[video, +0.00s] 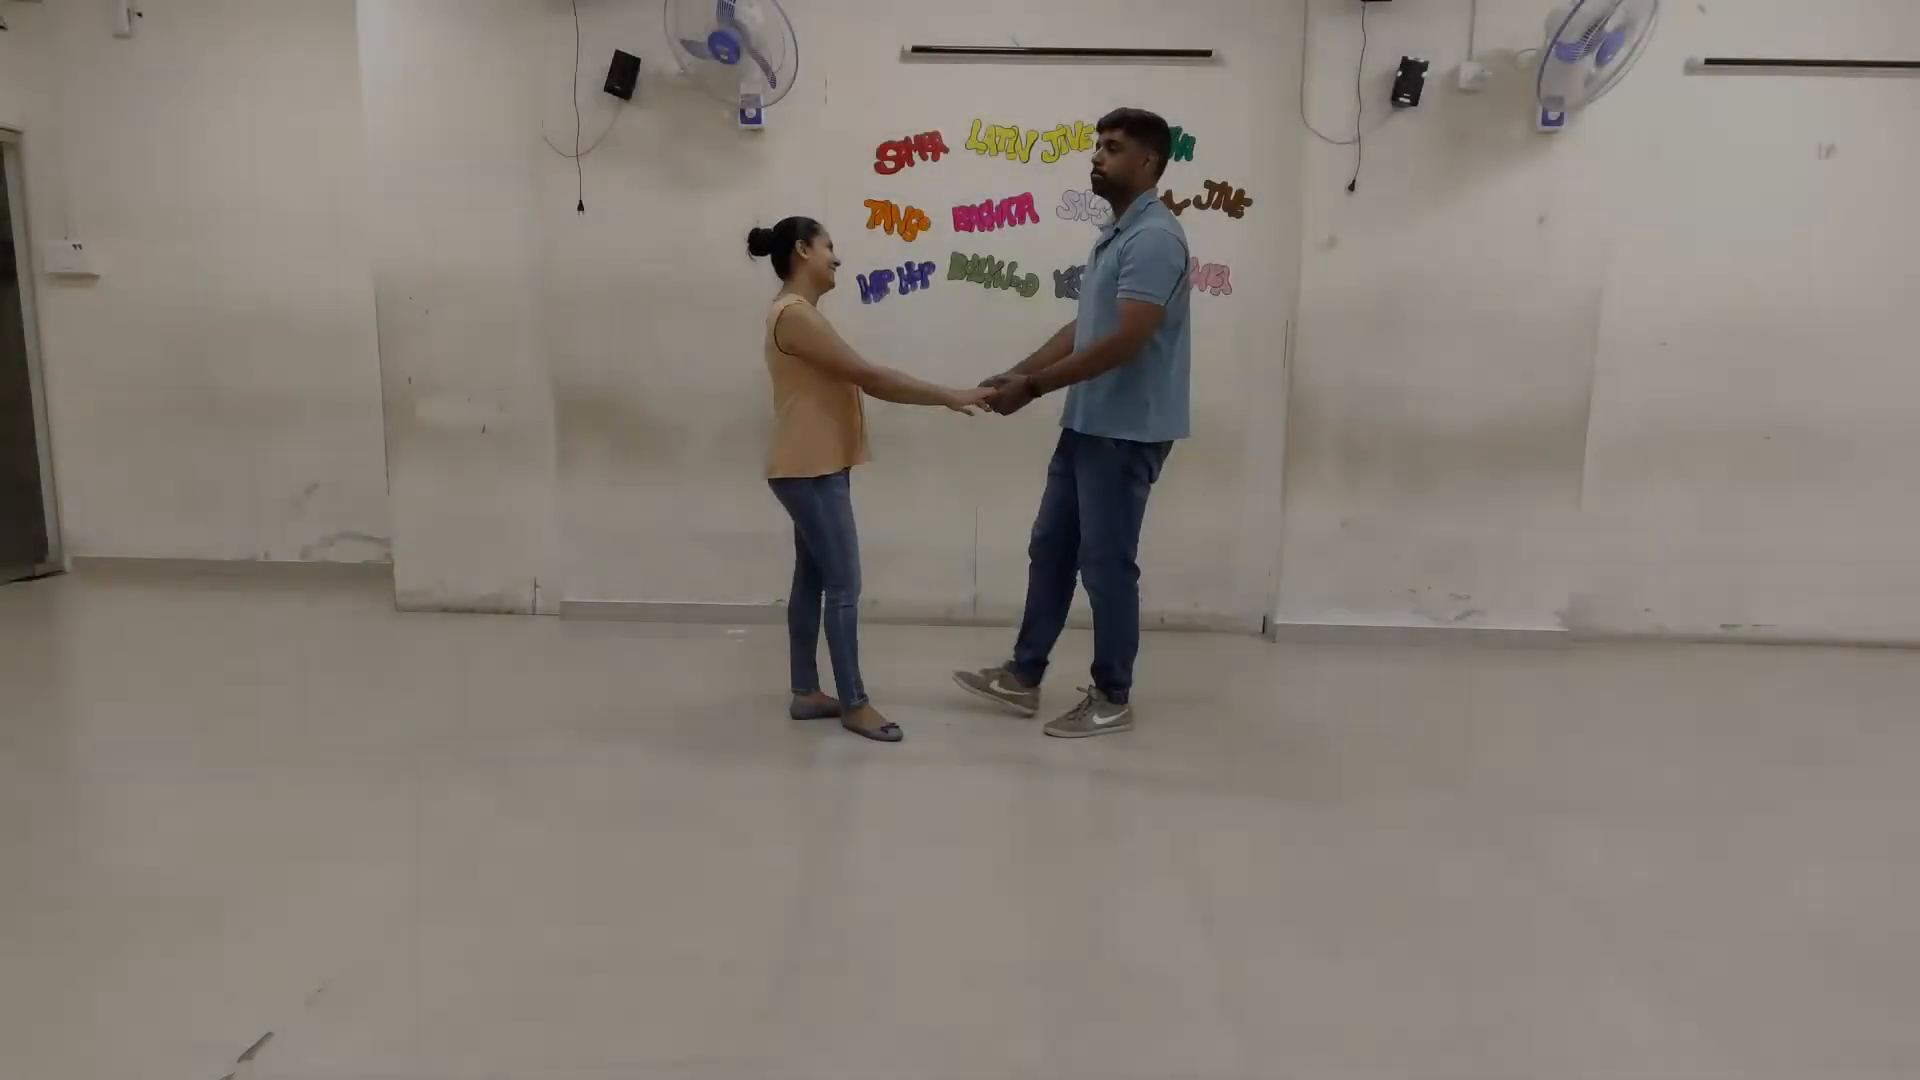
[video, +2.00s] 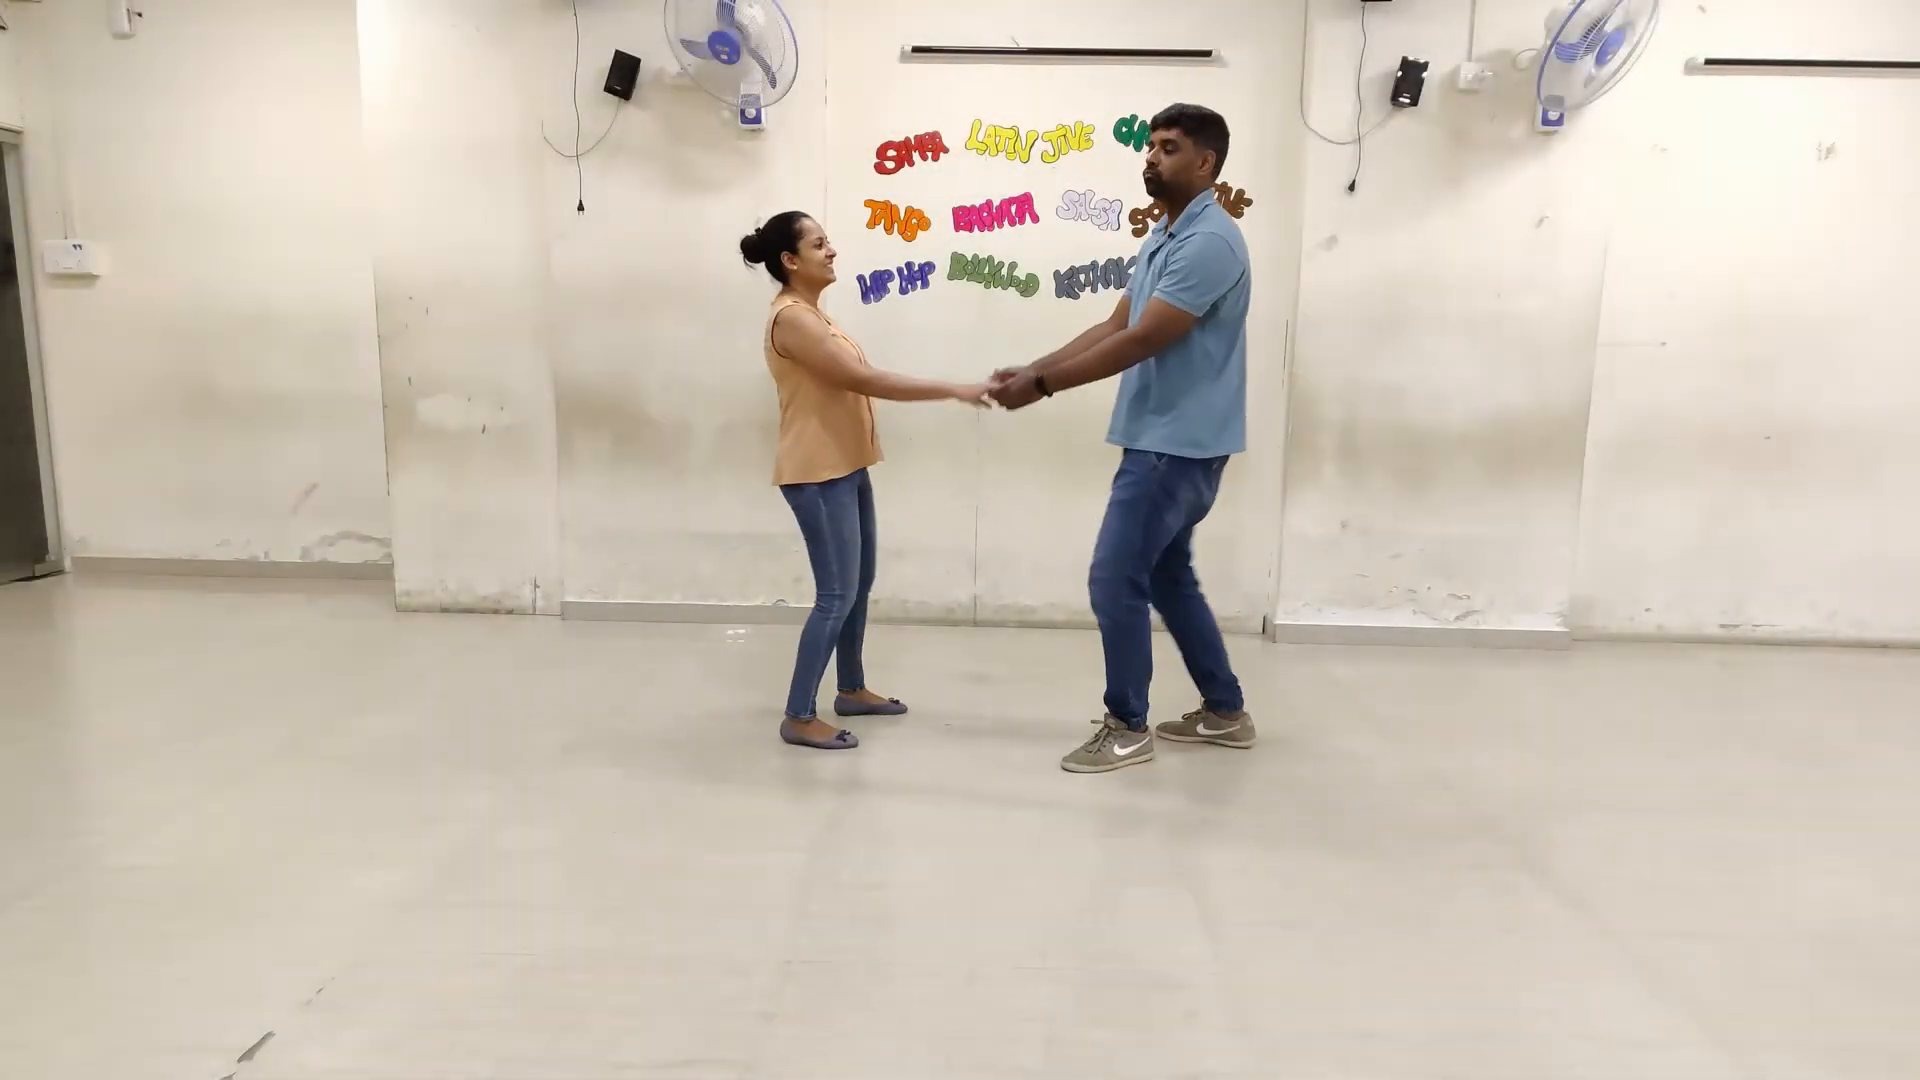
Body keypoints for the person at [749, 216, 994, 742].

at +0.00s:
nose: (836, 257)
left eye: (833, 248)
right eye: (829, 247)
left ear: (802, 255)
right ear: (802, 252)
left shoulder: (798, 314)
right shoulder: (794, 317)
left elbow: (871, 380)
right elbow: (871, 377)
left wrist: (947, 397)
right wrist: (949, 395)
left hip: (814, 468)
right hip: (811, 471)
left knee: (808, 583)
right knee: (843, 586)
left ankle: (806, 693)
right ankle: (854, 704)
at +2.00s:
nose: (831, 251)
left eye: (827, 242)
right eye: (818, 246)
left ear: (805, 258)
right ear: (790, 261)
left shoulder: (813, 312)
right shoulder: (792, 319)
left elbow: (857, 382)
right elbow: (864, 379)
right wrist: (956, 390)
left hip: (847, 470)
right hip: (817, 475)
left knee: (858, 585)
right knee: (836, 594)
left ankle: (852, 691)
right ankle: (798, 717)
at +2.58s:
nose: (900, 267)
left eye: (896, 258)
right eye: (889, 259)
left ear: (865, 272)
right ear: (860, 271)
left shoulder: (871, 332)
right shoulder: (853, 334)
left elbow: (903, 418)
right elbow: (889, 422)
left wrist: (981, 420)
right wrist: (977, 429)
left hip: (882, 493)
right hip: (849, 496)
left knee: (933, 584)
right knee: (863, 614)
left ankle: (923, 706)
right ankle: (799, 719)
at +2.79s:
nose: (947, 246)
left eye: (943, 238)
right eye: (936, 238)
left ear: (911, 250)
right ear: (907, 249)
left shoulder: (919, 311)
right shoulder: (900, 314)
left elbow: (926, 398)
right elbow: (917, 404)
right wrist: (993, 380)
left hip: (930, 469)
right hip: (900, 473)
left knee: (951, 587)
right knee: (931, 594)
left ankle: (925, 702)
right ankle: (842, 685)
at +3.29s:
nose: (903, 266)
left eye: (900, 256)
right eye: (895, 257)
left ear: (863, 264)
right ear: (868, 263)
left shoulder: (851, 319)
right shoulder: (857, 322)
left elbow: (898, 393)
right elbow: (913, 397)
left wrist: (950, 374)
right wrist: (999, 376)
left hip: (871, 484)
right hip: (853, 486)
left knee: (907, 588)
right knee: (862, 613)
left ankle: (924, 707)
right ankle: (779, 721)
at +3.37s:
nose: (872, 271)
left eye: (869, 261)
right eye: (865, 262)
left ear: (830, 269)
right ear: (838, 268)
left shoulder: (808, 323)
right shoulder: (832, 329)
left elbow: (873, 396)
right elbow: (898, 403)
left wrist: (927, 395)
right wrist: (984, 400)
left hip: (826, 487)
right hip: (822, 490)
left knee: (877, 589)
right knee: (829, 618)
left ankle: (915, 705)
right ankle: (765, 738)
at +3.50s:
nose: (845, 270)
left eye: (843, 261)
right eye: (839, 262)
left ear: (802, 267)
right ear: (812, 268)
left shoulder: (772, 323)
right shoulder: (821, 326)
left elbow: (800, 398)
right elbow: (904, 374)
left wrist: (862, 416)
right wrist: (984, 353)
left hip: (780, 480)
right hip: (803, 486)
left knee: (852, 580)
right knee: (811, 614)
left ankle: (868, 706)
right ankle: (763, 741)